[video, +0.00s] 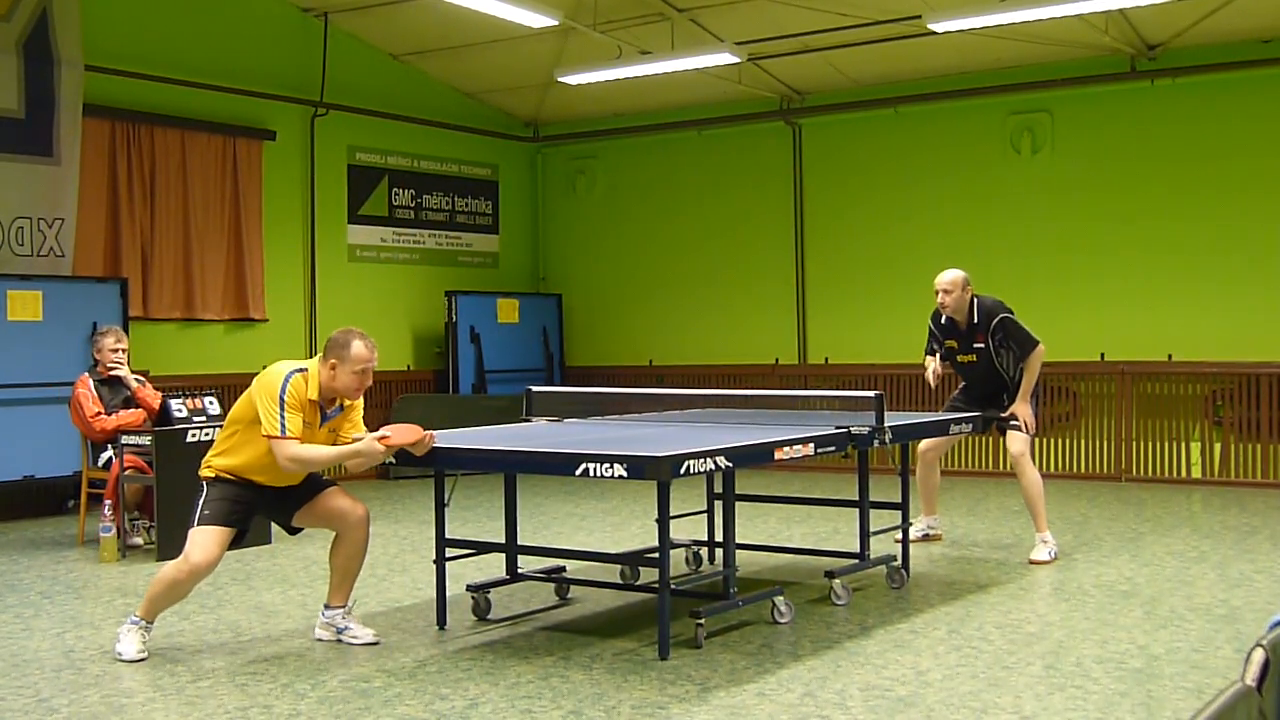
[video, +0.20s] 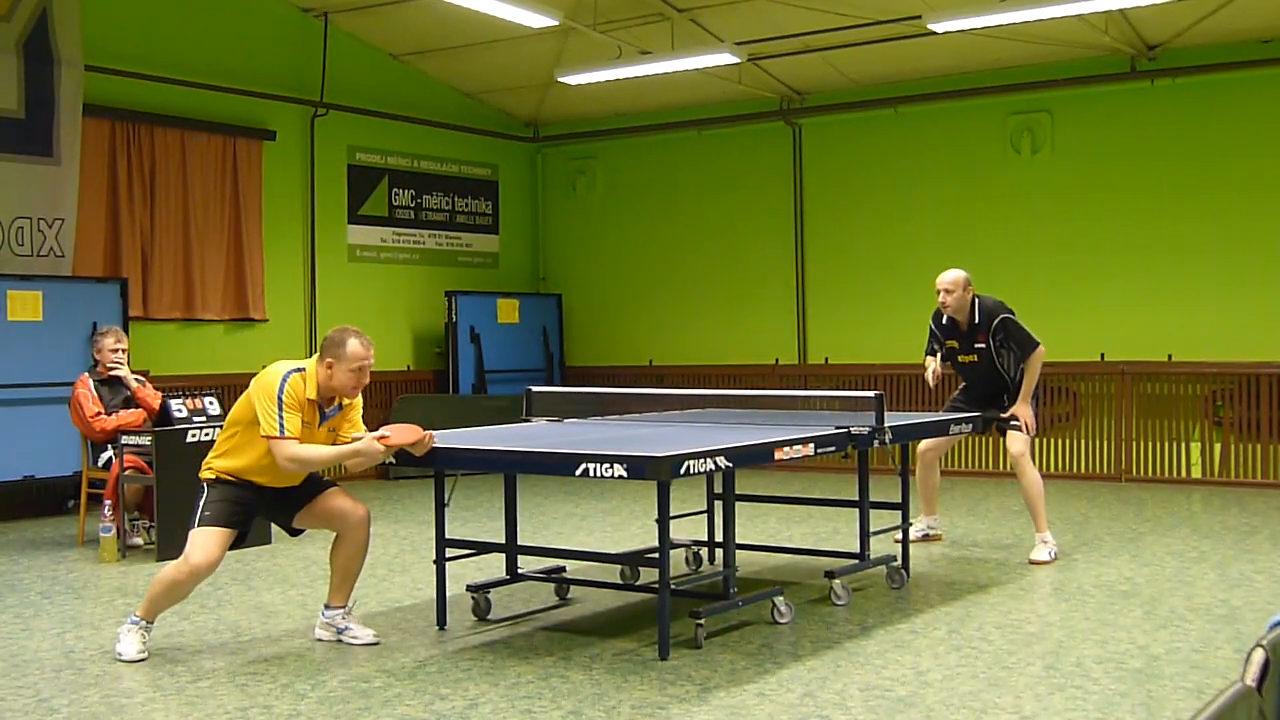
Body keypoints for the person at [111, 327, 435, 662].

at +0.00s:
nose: (368, 382)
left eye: (371, 373)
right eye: (362, 372)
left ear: (340, 368)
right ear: (330, 367)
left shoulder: (350, 396)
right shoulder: (283, 382)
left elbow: (349, 464)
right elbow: (288, 458)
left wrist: (391, 446)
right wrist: (361, 449)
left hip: (286, 480)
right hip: (232, 478)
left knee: (356, 515)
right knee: (199, 561)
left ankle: (335, 616)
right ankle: (139, 624)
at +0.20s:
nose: (366, 380)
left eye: (369, 371)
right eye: (359, 371)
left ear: (341, 368)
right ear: (327, 367)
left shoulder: (349, 395)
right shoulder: (280, 383)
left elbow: (348, 464)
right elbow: (288, 458)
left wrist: (391, 447)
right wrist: (359, 449)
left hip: (286, 481)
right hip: (232, 479)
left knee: (356, 516)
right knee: (200, 562)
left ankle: (335, 616)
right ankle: (139, 624)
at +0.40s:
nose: (352, 372)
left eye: (355, 363)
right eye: (345, 363)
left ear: (355, 359)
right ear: (315, 358)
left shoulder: (339, 387)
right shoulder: (269, 376)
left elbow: (349, 446)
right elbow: (285, 452)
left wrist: (396, 445)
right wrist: (350, 444)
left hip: (286, 477)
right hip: (229, 478)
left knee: (355, 516)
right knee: (198, 562)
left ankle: (335, 616)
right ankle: (140, 622)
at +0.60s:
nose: (323, 349)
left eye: (325, 342)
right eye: (317, 342)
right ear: (285, 336)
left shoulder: (315, 360)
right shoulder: (240, 353)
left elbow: (341, 415)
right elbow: (267, 409)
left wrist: (386, 407)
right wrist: (332, 389)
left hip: (278, 468)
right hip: (218, 472)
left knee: (347, 517)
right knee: (190, 559)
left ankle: (334, 616)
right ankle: (140, 624)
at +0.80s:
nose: (295, 303)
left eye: (297, 295)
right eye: (287, 295)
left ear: (297, 294)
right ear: (255, 295)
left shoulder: (293, 329)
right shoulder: (213, 317)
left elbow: (323, 380)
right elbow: (182, 357)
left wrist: (349, 349)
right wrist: (244, 338)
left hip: (268, 452)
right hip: (203, 456)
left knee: (332, 517)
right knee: (177, 550)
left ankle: (334, 617)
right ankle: (137, 625)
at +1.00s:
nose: (301, 290)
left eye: (303, 282)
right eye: (292, 283)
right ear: (259, 284)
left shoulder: (295, 329)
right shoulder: (207, 303)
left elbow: (315, 385)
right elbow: (127, 306)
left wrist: (339, 374)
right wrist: (156, 299)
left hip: (262, 449)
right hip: (196, 450)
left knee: (325, 517)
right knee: (172, 547)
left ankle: (332, 616)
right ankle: (135, 626)